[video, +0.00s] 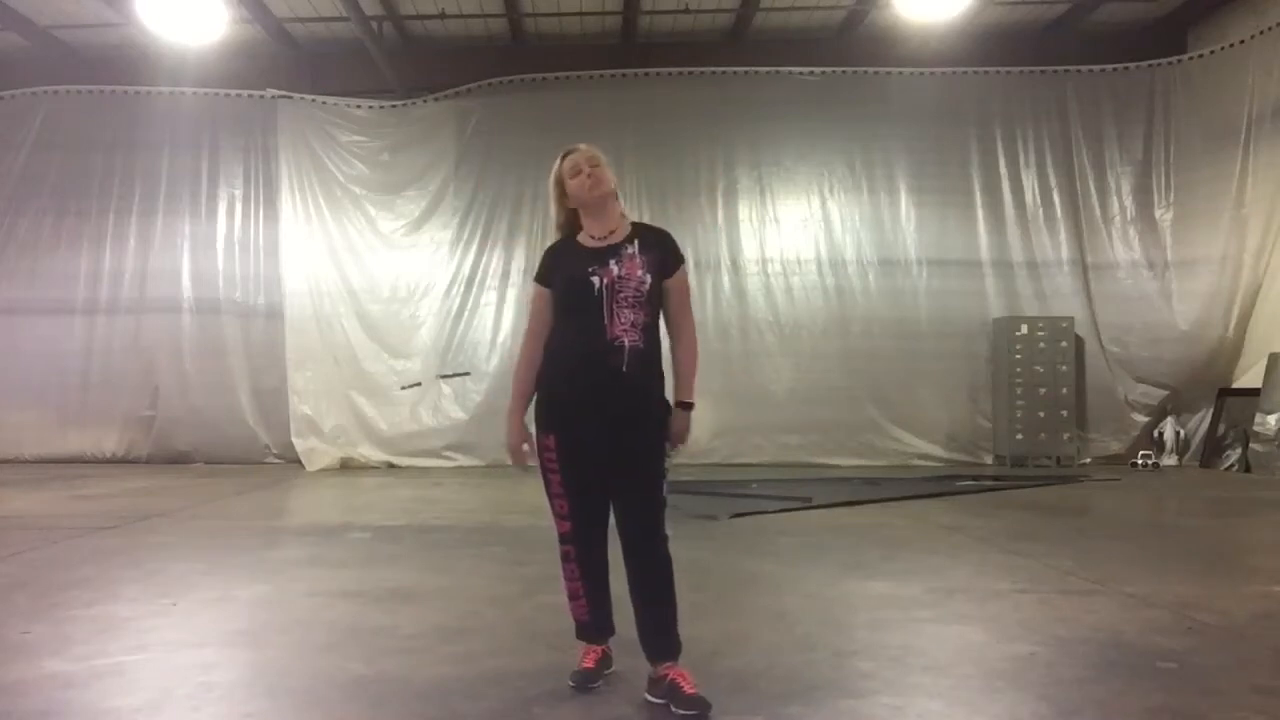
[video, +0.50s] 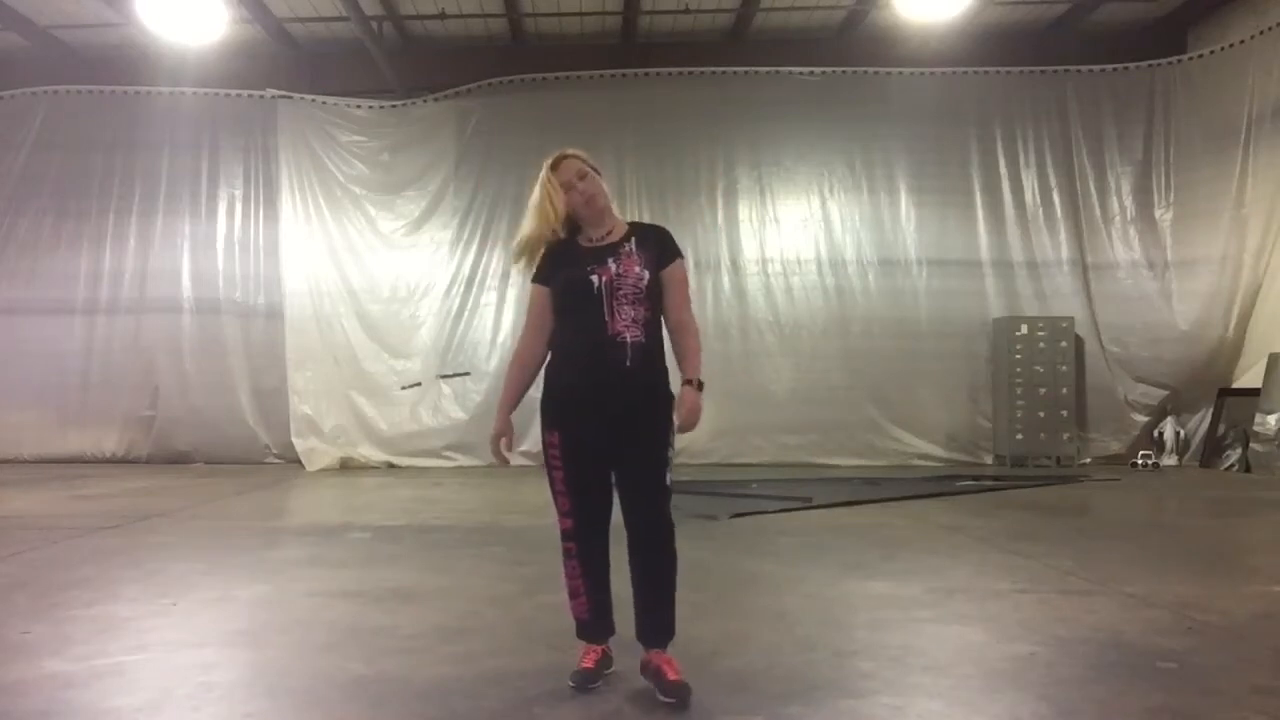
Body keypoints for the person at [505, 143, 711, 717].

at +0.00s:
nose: (589, 174)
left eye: (594, 165)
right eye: (576, 172)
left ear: (613, 176)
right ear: (565, 195)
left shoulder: (656, 244)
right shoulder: (558, 256)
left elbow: (682, 328)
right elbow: (535, 338)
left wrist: (683, 403)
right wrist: (516, 412)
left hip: (636, 413)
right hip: (566, 417)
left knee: (646, 537)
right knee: (579, 537)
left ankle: (665, 663)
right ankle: (593, 644)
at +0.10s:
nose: (588, 183)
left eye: (589, 172)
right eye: (573, 183)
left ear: (604, 176)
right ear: (562, 204)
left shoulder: (655, 245)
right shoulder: (558, 260)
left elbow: (685, 328)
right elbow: (536, 342)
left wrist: (702, 401)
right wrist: (515, 413)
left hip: (637, 418)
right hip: (566, 422)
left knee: (646, 540)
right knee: (580, 540)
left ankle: (665, 663)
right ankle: (594, 645)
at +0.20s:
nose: (588, 195)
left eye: (588, 182)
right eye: (573, 196)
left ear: (602, 181)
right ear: (562, 212)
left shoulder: (653, 244)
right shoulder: (558, 262)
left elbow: (687, 322)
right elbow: (534, 345)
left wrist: (712, 393)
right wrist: (511, 417)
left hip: (637, 417)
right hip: (566, 422)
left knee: (646, 539)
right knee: (579, 539)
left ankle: (664, 665)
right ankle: (594, 646)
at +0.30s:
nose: (589, 193)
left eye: (589, 181)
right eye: (575, 192)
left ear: (603, 182)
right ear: (563, 209)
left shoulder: (650, 244)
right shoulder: (555, 261)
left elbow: (688, 318)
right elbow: (533, 345)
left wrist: (712, 382)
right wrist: (508, 418)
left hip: (636, 415)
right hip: (566, 420)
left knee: (647, 535)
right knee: (579, 537)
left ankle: (665, 660)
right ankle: (594, 646)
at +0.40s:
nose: (586, 188)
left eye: (587, 177)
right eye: (572, 188)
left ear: (602, 178)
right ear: (562, 206)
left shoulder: (651, 242)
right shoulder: (555, 258)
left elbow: (684, 318)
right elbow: (532, 342)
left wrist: (704, 378)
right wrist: (504, 412)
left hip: (640, 413)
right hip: (569, 418)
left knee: (651, 532)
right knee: (580, 534)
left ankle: (662, 657)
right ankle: (594, 644)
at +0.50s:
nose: (582, 187)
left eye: (585, 175)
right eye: (569, 186)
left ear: (604, 178)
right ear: (561, 205)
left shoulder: (653, 241)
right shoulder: (556, 258)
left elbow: (680, 319)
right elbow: (534, 339)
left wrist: (693, 383)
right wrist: (505, 409)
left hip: (642, 410)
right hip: (572, 415)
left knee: (652, 528)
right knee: (582, 531)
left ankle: (657, 650)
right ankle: (594, 644)